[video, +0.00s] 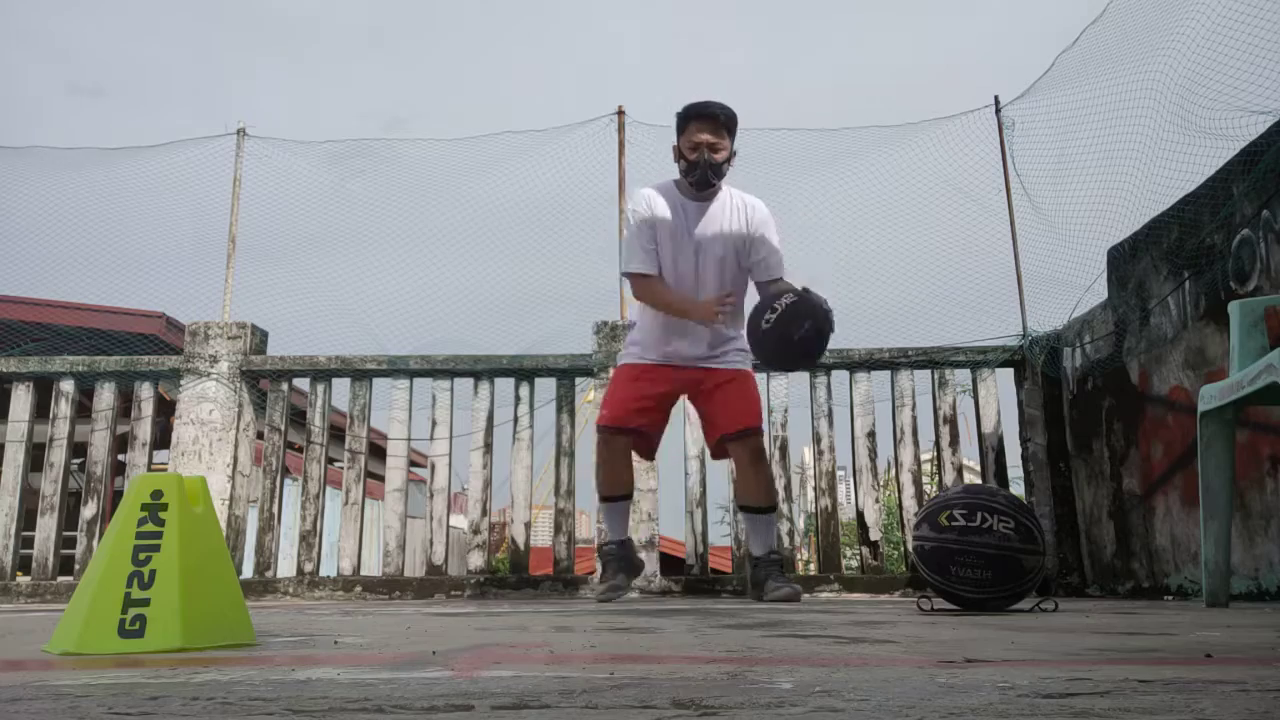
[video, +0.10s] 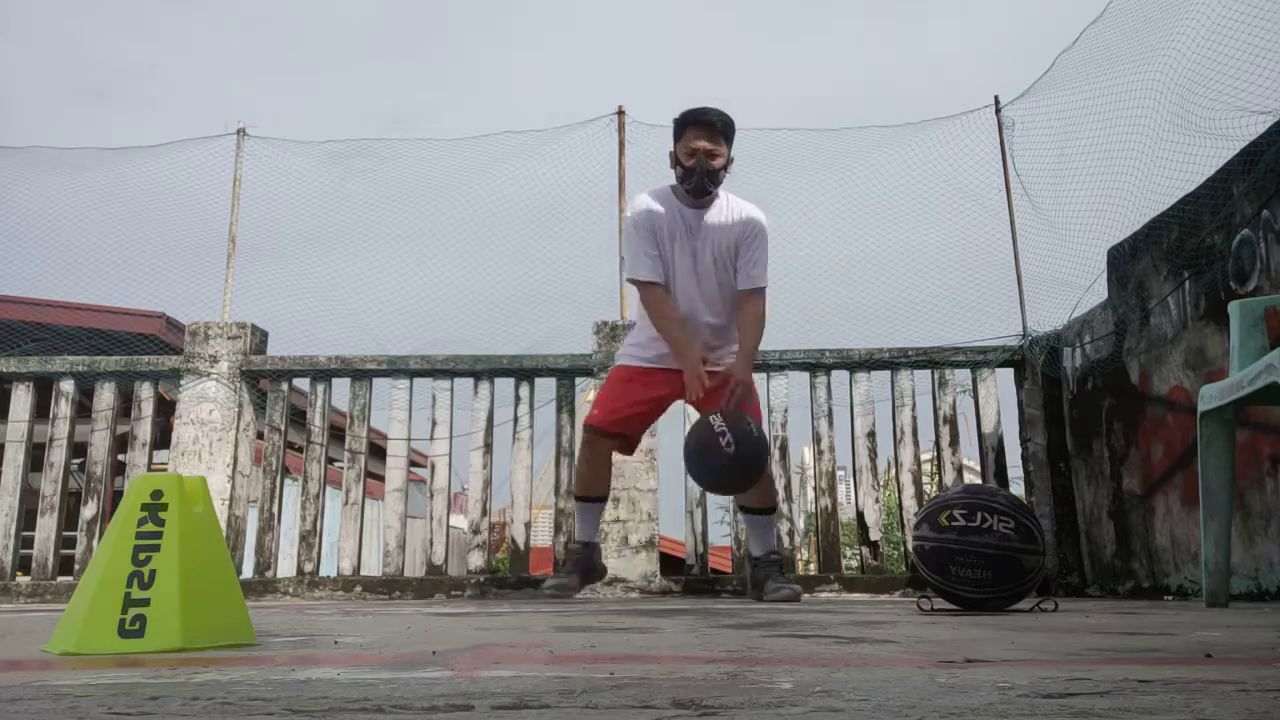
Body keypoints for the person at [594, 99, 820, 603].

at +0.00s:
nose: (705, 154)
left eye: (715, 146)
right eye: (695, 145)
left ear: (731, 152)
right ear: (678, 149)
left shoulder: (751, 213)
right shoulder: (649, 204)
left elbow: (775, 287)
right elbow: (641, 284)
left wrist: (797, 308)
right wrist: (697, 309)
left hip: (725, 358)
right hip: (651, 356)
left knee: (750, 442)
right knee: (612, 431)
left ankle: (766, 566)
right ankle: (619, 557)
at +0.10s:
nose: (702, 162)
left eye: (712, 154)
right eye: (692, 153)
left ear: (728, 161)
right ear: (675, 157)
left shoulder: (747, 221)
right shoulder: (647, 212)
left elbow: (751, 300)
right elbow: (651, 293)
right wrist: (686, 352)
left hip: (722, 358)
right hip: (651, 353)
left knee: (749, 450)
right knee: (597, 432)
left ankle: (766, 566)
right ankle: (585, 555)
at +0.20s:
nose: (688, 166)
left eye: (699, 158)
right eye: (678, 157)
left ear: (715, 166)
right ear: (661, 162)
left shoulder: (732, 226)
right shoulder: (632, 220)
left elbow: (729, 311)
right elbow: (630, 305)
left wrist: (708, 376)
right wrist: (639, 378)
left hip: (711, 369)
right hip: (641, 371)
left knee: (747, 451)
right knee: (586, 454)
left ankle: (766, 567)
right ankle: (556, 567)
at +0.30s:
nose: (661, 174)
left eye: (673, 164)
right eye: (651, 164)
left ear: (691, 171)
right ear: (637, 169)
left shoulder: (712, 230)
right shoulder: (608, 232)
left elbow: (719, 315)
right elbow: (590, 310)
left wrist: (695, 376)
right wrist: (569, 379)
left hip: (700, 371)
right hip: (625, 372)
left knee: (735, 452)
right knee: (574, 443)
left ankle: (765, 568)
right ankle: (557, 568)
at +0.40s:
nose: (639, 173)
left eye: (651, 164)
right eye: (629, 162)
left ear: (668, 170)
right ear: (613, 167)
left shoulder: (695, 228)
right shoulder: (592, 228)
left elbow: (722, 308)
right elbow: (566, 300)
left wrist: (705, 368)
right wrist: (524, 336)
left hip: (687, 372)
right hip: (613, 373)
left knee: (724, 455)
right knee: (564, 446)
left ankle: (763, 568)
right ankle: (556, 569)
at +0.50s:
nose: (623, 171)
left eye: (636, 161)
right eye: (614, 159)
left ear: (655, 166)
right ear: (599, 163)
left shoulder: (683, 223)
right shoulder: (580, 224)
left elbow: (722, 296)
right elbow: (558, 289)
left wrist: (726, 358)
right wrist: (523, 307)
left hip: (682, 365)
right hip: (607, 370)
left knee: (714, 442)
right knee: (559, 447)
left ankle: (761, 558)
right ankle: (556, 567)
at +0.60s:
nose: (625, 170)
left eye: (637, 159)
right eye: (615, 158)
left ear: (657, 165)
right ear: (600, 163)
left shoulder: (684, 224)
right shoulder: (578, 224)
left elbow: (721, 295)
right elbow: (553, 290)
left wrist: (738, 354)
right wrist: (523, 309)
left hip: (678, 353)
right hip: (605, 365)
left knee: (712, 426)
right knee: (558, 447)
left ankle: (761, 552)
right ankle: (557, 566)